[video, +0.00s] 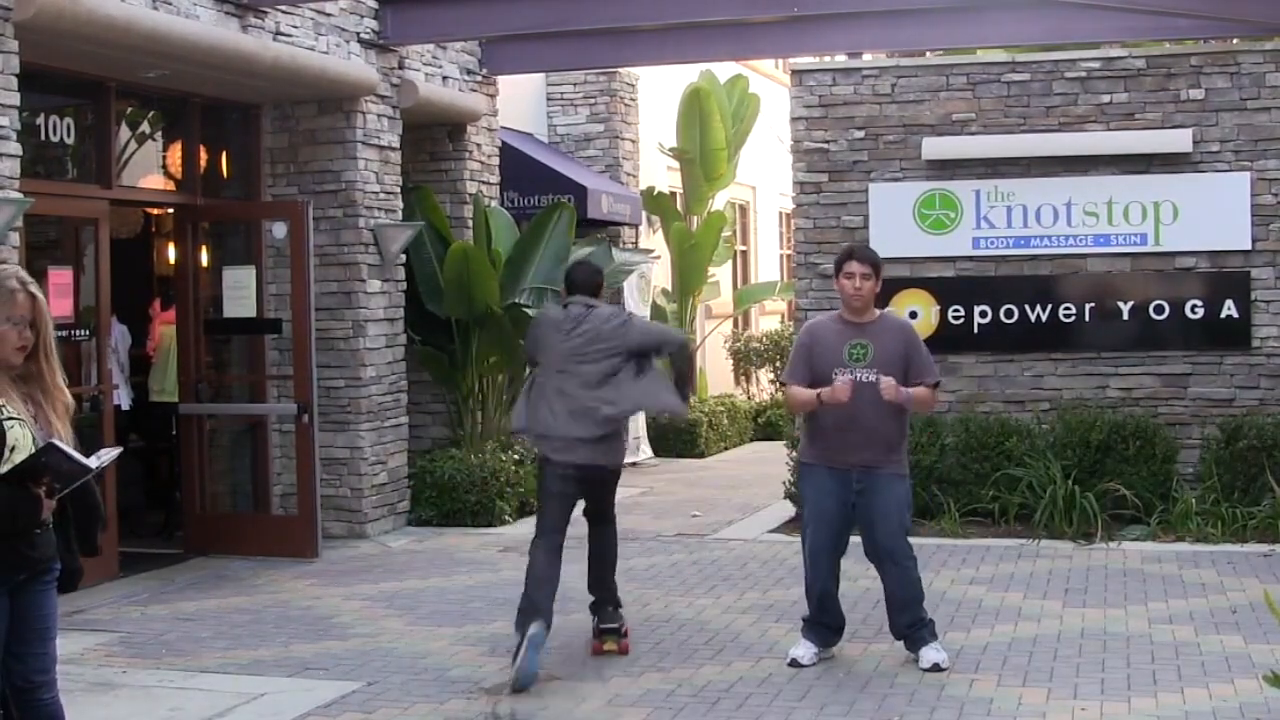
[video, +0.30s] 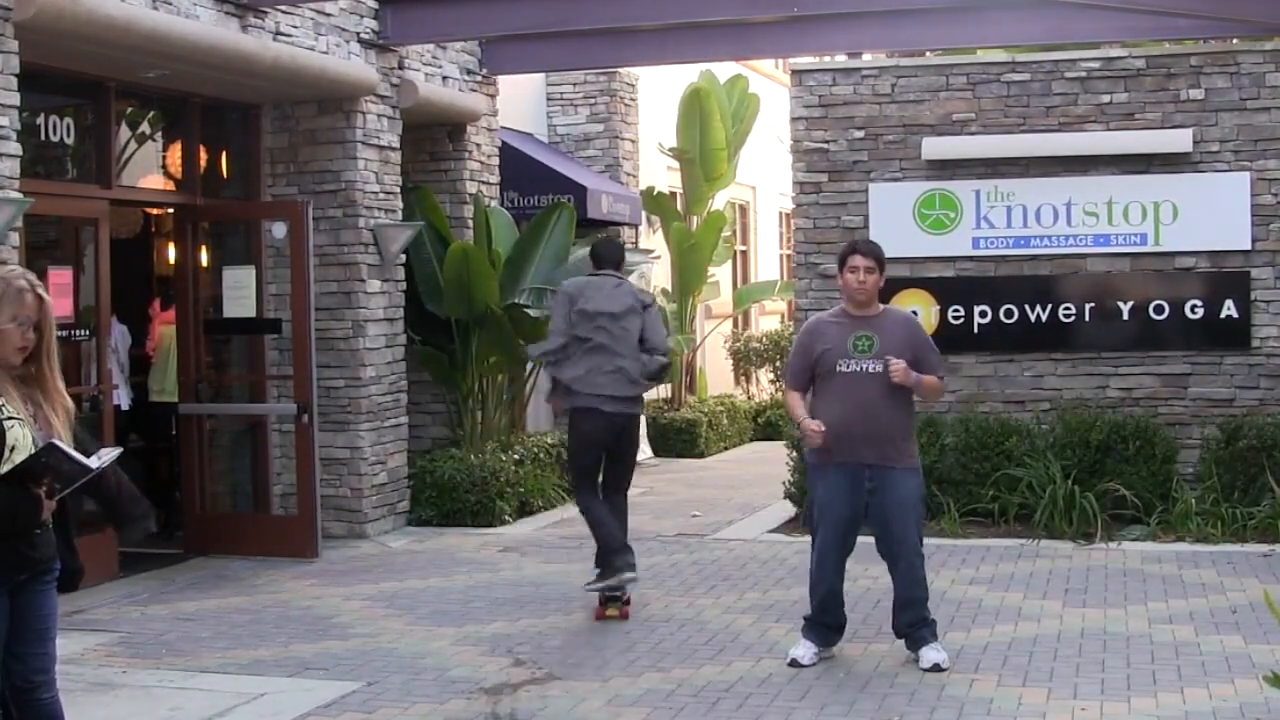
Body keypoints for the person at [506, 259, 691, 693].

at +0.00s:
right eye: (601, 286)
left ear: (565, 290)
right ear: (601, 290)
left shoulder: (546, 321)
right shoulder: (618, 323)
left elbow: (532, 356)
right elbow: (679, 340)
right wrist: (683, 389)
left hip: (556, 454)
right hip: (604, 455)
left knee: (548, 536)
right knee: (602, 524)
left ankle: (534, 625)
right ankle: (607, 616)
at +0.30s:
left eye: (592, 260)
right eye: (618, 260)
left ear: (591, 263)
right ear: (623, 265)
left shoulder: (571, 290)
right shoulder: (642, 299)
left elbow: (556, 345)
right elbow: (660, 353)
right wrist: (633, 373)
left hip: (586, 412)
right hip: (628, 414)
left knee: (585, 487)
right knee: (616, 490)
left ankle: (620, 560)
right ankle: (610, 570)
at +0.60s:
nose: (596, 267)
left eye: (596, 262)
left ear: (599, 263)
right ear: (627, 263)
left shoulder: (592, 284)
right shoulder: (652, 293)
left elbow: (566, 318)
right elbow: (689, 327)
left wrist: (528, 349)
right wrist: (662, 342)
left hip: (606, 399)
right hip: (639, 401)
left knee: (615, 475)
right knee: (627, 474)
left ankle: (639, 549)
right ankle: (626, 547)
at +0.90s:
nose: (601, 267)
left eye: (602, 262)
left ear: (604, 264)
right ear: (629, 262)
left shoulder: (602, 288)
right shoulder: (651, 290)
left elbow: (593, 327)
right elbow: (687, 316)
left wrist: (565, 353)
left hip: (618, 387)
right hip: (645, 387)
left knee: (618, 454)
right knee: (632, 454)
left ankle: (641, 521)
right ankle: (627, 518)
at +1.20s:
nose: (622, 270)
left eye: (621, 265)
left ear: (623, 265)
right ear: (645, 265)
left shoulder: (621, 284)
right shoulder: (660, 291)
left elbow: (607, 315)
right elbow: (684, 327)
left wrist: (574, 343)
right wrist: (667, 348)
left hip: (621, 380)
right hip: (646, 383)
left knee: (619, 440)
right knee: (632, 443)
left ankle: (631, 504)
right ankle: (626, 501)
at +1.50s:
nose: (643, 268)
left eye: (643, 263)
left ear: (643, 265)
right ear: (664, 266)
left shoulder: (636, 289)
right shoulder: (677, 293)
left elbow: (625, 324)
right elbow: (686, 330)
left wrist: (613, 352)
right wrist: (676, 349)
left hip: (639, 369)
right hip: (665, 371)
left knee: (637, 428)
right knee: (650, 428)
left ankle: (644, 488)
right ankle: (642, 484)